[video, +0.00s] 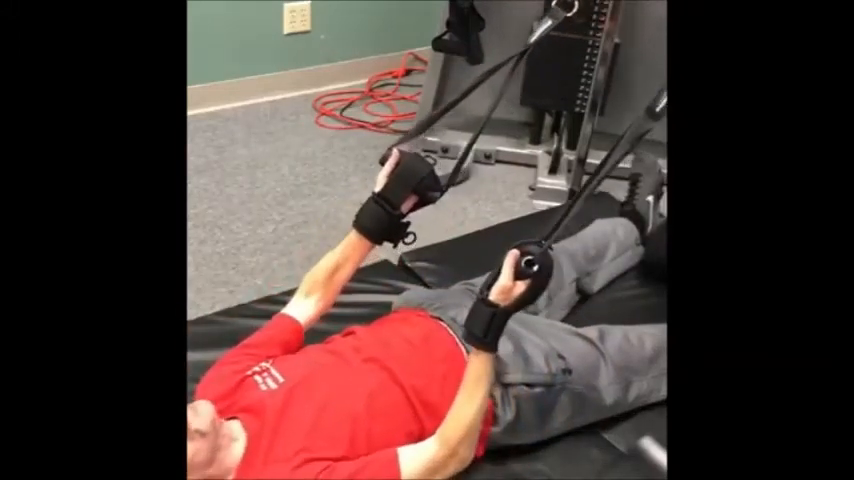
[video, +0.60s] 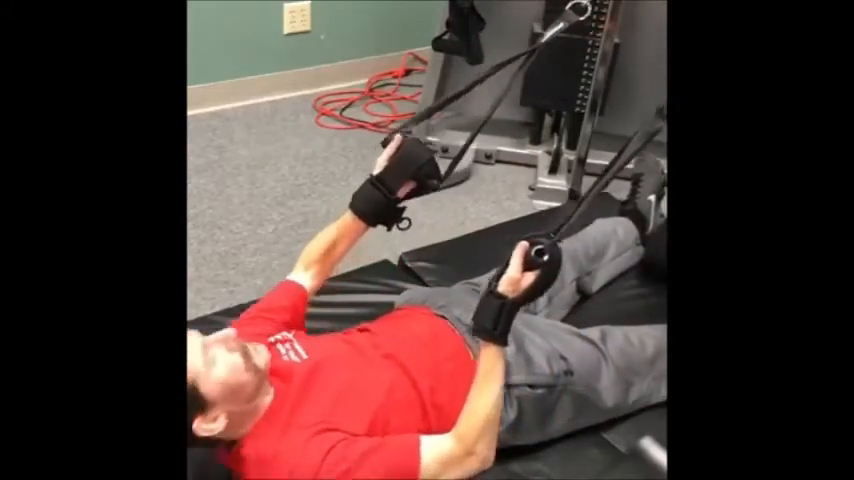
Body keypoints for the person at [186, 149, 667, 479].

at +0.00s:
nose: (198, 414)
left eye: (184, 411)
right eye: (187, 434)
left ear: (188, 406)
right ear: (196, 472)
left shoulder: (222, 380)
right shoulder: (285, 475)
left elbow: (311, 297)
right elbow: (445, 455)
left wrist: (382, 211)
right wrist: (493, 321)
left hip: (427, 313)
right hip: (490, 385)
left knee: (550, 269)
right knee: (641, 355)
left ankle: (634, 223)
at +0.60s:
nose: (226, 338)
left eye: (209, 338)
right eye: (211, 356)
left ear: (219, 331)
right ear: (210, 420)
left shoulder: (251, 340)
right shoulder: (294, 462)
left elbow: (311, 269)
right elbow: (465, 454)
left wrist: (379, 194)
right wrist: (502, 311)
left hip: (435, 309)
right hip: (496, 377)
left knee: (553, 263)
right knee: (639, 355)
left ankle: (637, 222)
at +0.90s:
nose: (275, 278)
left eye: (257, 274)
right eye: (258, 290)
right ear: (243, 352)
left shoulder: (272, 311)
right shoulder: (316, 434)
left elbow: (320, 244)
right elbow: (482, 446)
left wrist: (380, 185)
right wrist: (515, 312)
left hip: (451, 307)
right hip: (504, 379)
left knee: (611, 229)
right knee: (655, 352)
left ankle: (637, 226)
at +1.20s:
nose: (319, 227)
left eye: (306, 220)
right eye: (305, 231)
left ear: (278, 286)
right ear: (283, 284)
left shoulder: (273, 302)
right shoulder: (331, 386)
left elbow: (324, 232)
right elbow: (489, 432)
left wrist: (383, 176)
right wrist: (525, 293)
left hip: (458, 307)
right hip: (506, 376)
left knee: (591, 238)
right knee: (656, 351)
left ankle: (638, 218)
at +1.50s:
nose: (369, 190)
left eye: (359, 181)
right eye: (358, 190)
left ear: (311, 231)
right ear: (323, 230)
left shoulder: (282, 259)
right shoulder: (352, 338)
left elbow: (331, 221)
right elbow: (495, 408)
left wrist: (391, 166)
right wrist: (528, 273)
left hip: (450, 305)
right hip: (496, 376)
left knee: (555, 258)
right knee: (658, 351)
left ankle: (636, 223)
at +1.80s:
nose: (413, 166)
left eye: (408, 151)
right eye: (404, 157)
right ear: (371, 187)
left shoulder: (302, 227)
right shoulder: (377, 291)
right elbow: (504, 383)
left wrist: (392, 143)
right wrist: (539, 247)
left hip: (451, 311)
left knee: (558, 261)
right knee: (654, 355)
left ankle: (635, 220)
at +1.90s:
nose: (426, 160)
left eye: (424, 145)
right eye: (419, 150)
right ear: (385, 174)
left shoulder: (312, 216)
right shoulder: (386, 276)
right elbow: (508, 375)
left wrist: (403, 136)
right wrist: (543, 241)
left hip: (443, 319)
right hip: (481, 399)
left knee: (561, 252)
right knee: (657, 354)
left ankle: (636, 220)